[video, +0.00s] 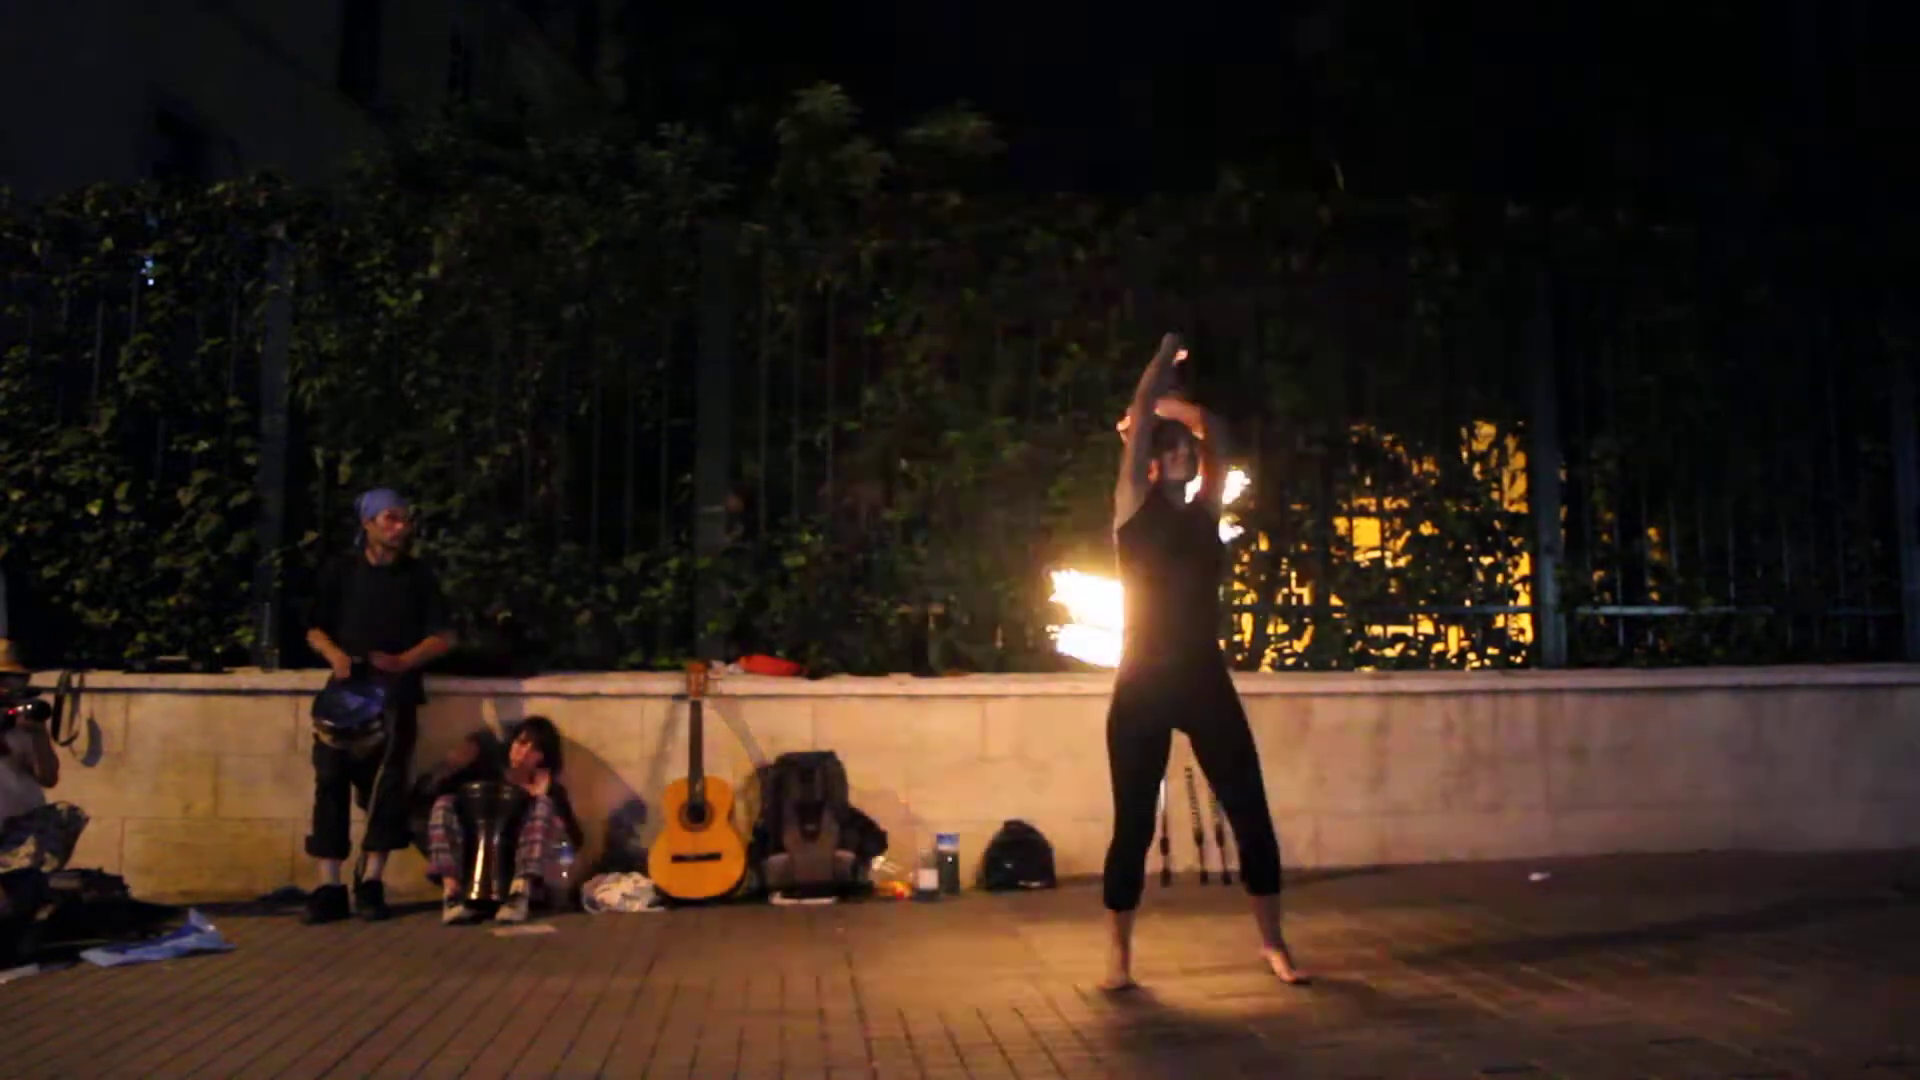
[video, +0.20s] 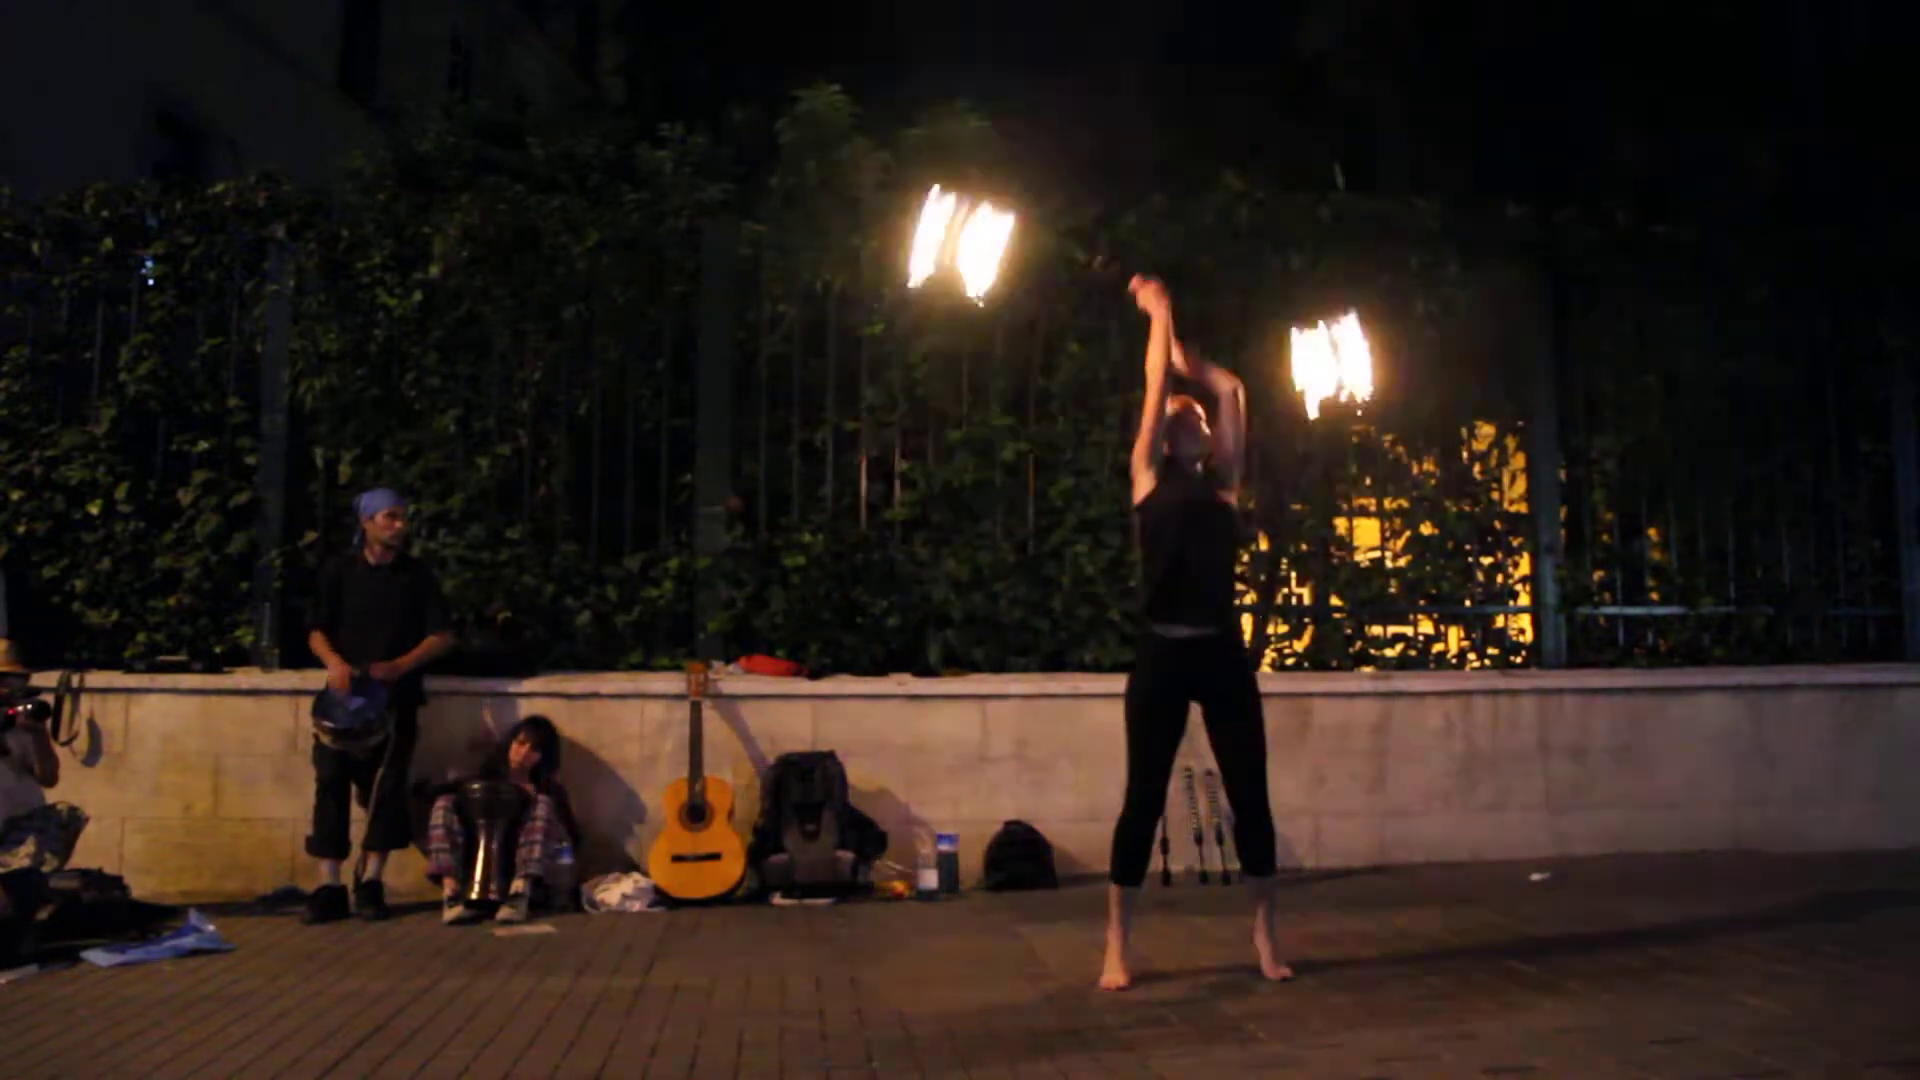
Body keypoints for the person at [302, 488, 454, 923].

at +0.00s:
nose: (401, 527)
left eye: (405, 520)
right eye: (392, 519)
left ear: (409, 526)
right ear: (368, 524)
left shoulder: (418, 576)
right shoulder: (340, 572)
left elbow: (443, 636)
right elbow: (314, 628)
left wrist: (401, 662)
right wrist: (335, 656)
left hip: (395, 694)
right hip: (343, 690)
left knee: (388, 784)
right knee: (331, 783)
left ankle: (371, 880)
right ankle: (330, 882)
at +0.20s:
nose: (400, 525)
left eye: (402, 518)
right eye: (391, 518)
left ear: (403, 524)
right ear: (367, 523)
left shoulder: (416, 575)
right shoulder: (338, 573)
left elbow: (442, 635)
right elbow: (315, 630)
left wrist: (399, 666)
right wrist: (334, 663)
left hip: (394, 696)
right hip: (342, 693)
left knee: (387, 787)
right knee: (330, 784)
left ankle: (370, 880)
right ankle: (329, 882)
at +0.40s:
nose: (401, 523)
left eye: (403, 516)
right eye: (392, 516)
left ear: (403, 523)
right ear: (367, 521)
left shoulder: (417, 574)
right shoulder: (339, 572)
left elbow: (442, 636)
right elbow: (316, 632)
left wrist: (401, 665)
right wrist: (335, 650)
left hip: (394, 693)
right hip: (344, 690)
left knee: (387, 784)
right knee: (331, 782)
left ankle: (371, 880)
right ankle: (330, 883)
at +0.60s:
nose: (402, 524)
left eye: (404, 517)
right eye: (393, 518)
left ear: (405, 523)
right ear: (368, 522)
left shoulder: (418, 574)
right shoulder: (341, 571)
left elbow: (441, 636)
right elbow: (317, 631)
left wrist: (401, 667)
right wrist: (336, 650)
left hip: (396, 692)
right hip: (345, 690)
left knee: (389, 783)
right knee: (331, 782)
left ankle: (370, 880)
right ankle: (330, 883)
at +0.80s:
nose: (403, 524)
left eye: (404, 518)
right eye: (394, 518)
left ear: (403, 524)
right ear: (369, 522)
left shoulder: (417, 574)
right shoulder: (340, 571)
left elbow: (440, 634)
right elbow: (316, 629)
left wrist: (402, 660)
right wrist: (338, 657)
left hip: (396, 693)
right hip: (345, 690)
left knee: (389, 782)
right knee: (331, 781)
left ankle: (370, 880)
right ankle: (330, 882)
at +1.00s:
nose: (402, 525)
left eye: (404, 518)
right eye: (393, 518)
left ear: (404, 523)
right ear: (369, 523)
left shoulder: (417, 574)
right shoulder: (342, 571)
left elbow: (441, 634)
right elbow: (315, 627)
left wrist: (398, 659)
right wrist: (336, 659)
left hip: (396, 693)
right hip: (344, 689)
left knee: (388, 783)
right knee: (331, 783)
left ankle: (370, 880)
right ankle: (330, 883)